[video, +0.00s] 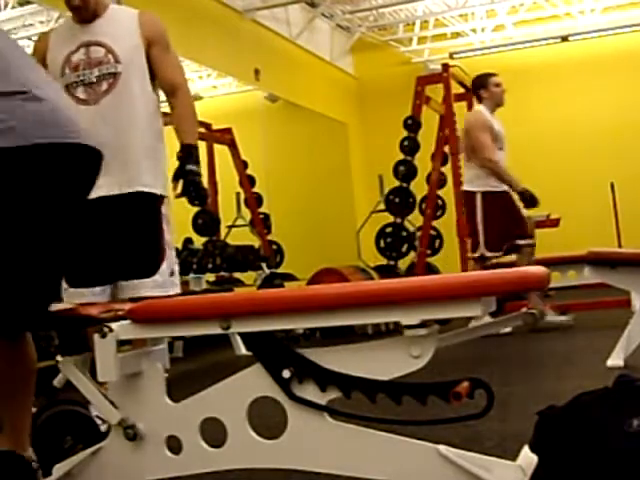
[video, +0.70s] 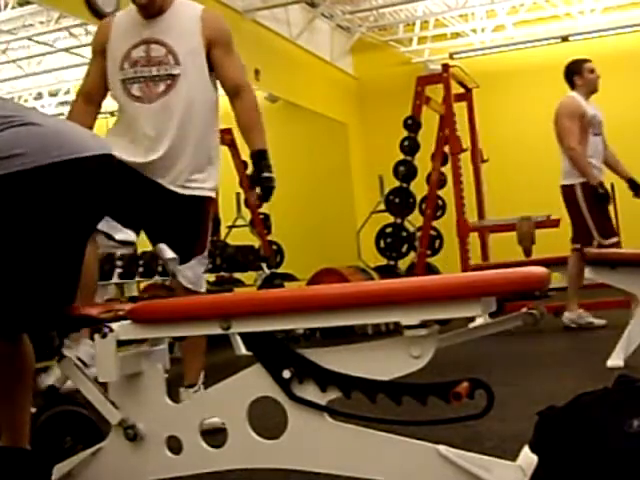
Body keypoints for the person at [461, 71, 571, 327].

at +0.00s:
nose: (503, 90)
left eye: (502, 85)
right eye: (497, 86)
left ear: (491, 93)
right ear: (483, 93)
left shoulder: (490, 120)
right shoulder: (477, 118)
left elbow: (492, 160)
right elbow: (487, 159)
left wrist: (517, 188)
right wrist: (518, 187)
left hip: (497, 191)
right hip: (481, 192)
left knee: (525, 242)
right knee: (486, 253)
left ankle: (534, 302)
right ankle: (484, 310)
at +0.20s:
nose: (531, 89)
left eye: (530, 85)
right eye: (525, 85)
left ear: (521, 92)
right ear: (511, 92)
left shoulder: (520, 120)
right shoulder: (505, 118)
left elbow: (521, 163)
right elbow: (510, 159)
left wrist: (543, 196)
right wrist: (542, 186)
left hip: (529, 194)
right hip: (511, 194)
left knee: (548, 255)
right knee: (508, 258)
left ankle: (570, 309)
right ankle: (484, 312)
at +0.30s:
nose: (548, 84)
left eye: (547, 80)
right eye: (542, 80)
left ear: (537, 86)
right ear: (528, 86)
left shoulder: (537, 114)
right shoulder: (521, 111)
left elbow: (542, 156)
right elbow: (525, 152)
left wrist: (557, 187)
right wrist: (549, 182)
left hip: (547, 189)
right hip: (530, 191)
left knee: (562, 250)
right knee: (535, 254)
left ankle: (571, 308)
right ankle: (503, 307)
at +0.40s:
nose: (558, 82)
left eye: (557, 77)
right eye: (552, 78)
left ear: (545, 84)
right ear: (538, 84)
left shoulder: (549, 112)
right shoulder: (531, 109)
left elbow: (559, 157)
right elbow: (533, 148)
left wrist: (573, 188)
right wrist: (555, 184)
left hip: (558, 186)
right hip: (541, 187)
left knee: (567, 249)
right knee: (557, 248)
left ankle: (571, 308)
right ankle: (515, 294)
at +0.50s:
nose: (573, 79)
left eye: (571, 74)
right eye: (567, 75)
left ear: (561, 80)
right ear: (552, 81)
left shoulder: (564, 112)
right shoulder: (545, 107)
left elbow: (576, 155)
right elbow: (546, 146)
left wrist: (597, 184)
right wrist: (565, 178)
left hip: (569, 182)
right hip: (555, 182)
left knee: (569, 245)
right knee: (585, 238)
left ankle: (570, 307)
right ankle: (554, 295)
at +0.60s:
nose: (582, 77)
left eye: (581, 73)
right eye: (576, 73)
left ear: (570, 80)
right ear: (561, 80)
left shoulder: (574, 110)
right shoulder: (554, 106)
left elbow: (588, 154)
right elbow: (554, 145)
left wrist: (611, 182)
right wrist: (576, 176)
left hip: (575, 181)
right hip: (565, 181)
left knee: (572, 245)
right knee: (597, 237)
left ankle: (573, 306)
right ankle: (583, 302)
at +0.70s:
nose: (597, 76)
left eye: (595, 71)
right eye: (591, 72)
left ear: (586, 78)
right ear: (576, 79)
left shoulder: (589, 109)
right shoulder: (570, 105)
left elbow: (603, 150)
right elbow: (571, 149)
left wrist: (629, 178)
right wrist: (596, 181)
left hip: (589, 184)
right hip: (578, 185)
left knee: (578, 248)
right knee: (609, 246)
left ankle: (572, 307)